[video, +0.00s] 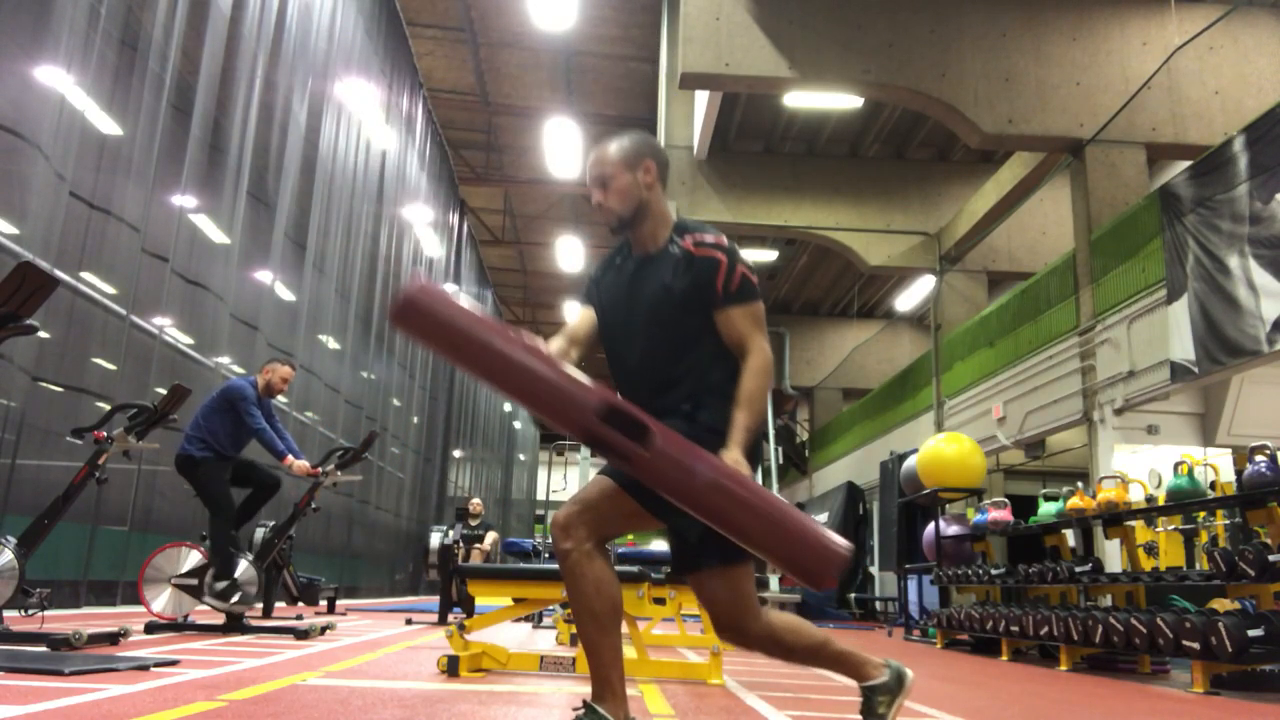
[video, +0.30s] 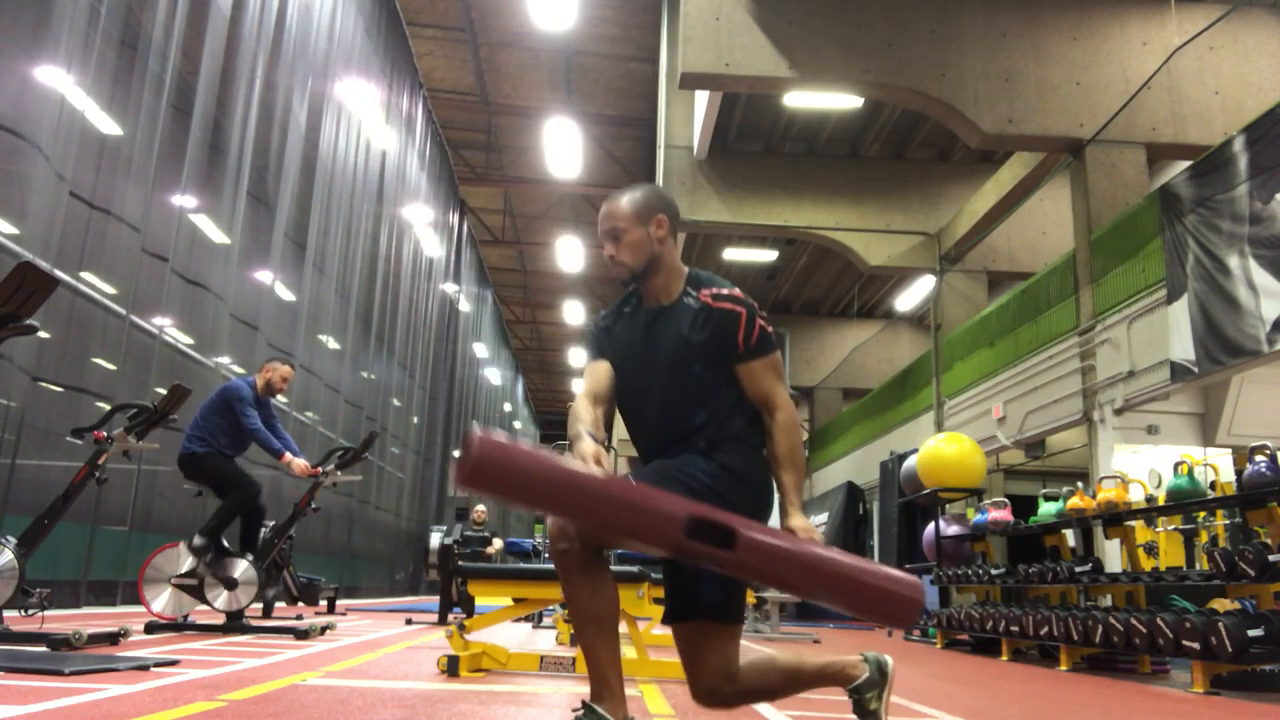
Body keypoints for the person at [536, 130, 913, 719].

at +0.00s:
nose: (595, 199)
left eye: (604, 184)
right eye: (591, 188)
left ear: (648, 176)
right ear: (631, 183)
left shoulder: (708, 255)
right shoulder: (611, 272)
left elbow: (758, 352)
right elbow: (574, 337)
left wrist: (736, 447)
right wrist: (558, 348)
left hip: (703, 454)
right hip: (661, 454)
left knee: (574, 526)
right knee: (739, 621)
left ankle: (610, 706)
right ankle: (876, 674)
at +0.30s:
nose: (605, 250)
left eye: (616, 236)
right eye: (603, 239)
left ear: (660, 231)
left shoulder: (725, 307)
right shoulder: (614, 326)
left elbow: (779, 406)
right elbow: (590, 401)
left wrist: (794, 509)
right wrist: (584, 439)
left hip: (728, 477)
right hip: (669, 481)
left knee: (571, 527)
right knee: (715, 682)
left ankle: (609, 707)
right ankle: (859, 671)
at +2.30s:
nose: (655, 269)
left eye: (668, 254)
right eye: (644, 258)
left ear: (697, 255)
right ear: (635, 265)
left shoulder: (740, 337)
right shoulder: (617, 344)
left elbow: (784, 439)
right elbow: (605, 428)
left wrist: (815, 543)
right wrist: (616, 506)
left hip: (728, 509)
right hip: (669, 520)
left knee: (570, 526)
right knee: (702, 708)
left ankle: (608, 708)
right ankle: (842, 672)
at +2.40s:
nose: (653, 268)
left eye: (665, 253)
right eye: (642, 258)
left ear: (695, 254)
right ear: (633, 265)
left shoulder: (739, 337)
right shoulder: (616, 345)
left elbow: (785, 439)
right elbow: (602, 428)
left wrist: (815, 543)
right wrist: (614, 506)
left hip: (728, 509)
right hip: (669, 519)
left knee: (567, 527)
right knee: (703, 709)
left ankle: (607, 707)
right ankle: (842, 673)